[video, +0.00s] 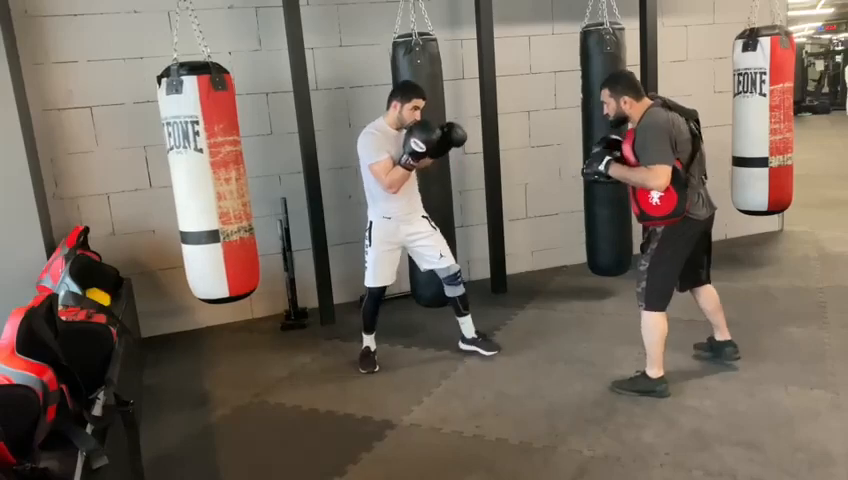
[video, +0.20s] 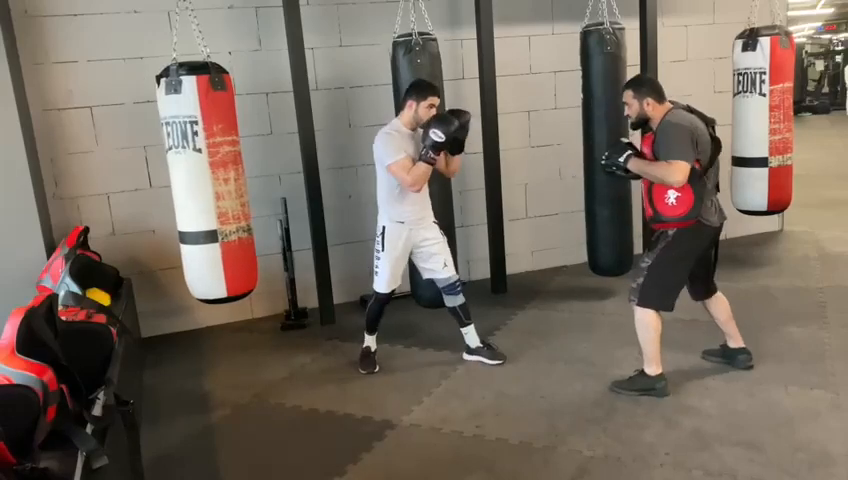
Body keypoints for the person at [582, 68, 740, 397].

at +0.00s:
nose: (605, 111)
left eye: (606, 103)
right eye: (603, 104)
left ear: (624, 101)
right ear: (632, 97)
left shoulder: (652, 124)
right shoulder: (662, 113)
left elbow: (658, 179)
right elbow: (667, 164)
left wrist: (610, 168)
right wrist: (625, 152)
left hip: (675, 222)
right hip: (697, 215)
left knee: (651, 296)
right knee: (697, 280)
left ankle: (653, 376)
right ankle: (724, 342)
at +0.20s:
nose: (626, 111)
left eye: (629, 104)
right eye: (625, 105)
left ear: (648, 102)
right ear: (653, 102)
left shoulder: (674, 127)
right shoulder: (675, 120)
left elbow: (676, 175)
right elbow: (667, 168)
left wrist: (631, 162)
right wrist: (636, 160)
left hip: (687, 227)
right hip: (704, 223)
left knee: (645, 294)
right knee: (704, 288)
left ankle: (652, 374)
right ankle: (737, 347)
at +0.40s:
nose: (631, 103)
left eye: (634, 96)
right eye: (630, 97)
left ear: (653, 93)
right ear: (658, 93)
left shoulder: (677, 117)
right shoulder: (678, 112)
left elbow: (674, 162)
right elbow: (667, 160)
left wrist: (632, 149)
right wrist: (634, 154)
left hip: (688, 221)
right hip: (703, 218)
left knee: (643, 290)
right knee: (707, 284)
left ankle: (639, 369)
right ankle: (736, 348)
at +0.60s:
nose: (617, 109)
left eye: (619, 102)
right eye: (616, 103)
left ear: (636, 100)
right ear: (647, 97)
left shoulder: (656, 126)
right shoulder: (674, 117)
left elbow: (649, 175)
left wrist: (611, 163)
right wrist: (629, 153)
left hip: (675, 229)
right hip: (699, 224)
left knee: (639, 300)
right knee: (703, 287)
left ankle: (625, 376)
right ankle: (735, 347)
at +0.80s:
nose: (602, 114)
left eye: (603, 107)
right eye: (600, 108)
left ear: (620, 104)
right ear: (632, 100)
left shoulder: (639, 127)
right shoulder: (662, 116)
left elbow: (638, 178)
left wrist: (592, 204)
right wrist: (615, 136)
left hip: (670, 224)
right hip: (697, 219)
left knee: (633, 297)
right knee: (685, 278)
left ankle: (625, 377)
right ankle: (717, 342)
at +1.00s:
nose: (625, 116)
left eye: (630, 108)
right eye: (623, 109)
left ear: (658, 104)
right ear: (663, 106)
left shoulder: (670, 141)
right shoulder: (691, 129)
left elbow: (665, 204)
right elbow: (661, 184)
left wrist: (604, 197)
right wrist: (626, 149)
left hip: (694, 263)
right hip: (723, 255)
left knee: (640, 348)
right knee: (705, 327)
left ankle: (639, 447)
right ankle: (741, 405)